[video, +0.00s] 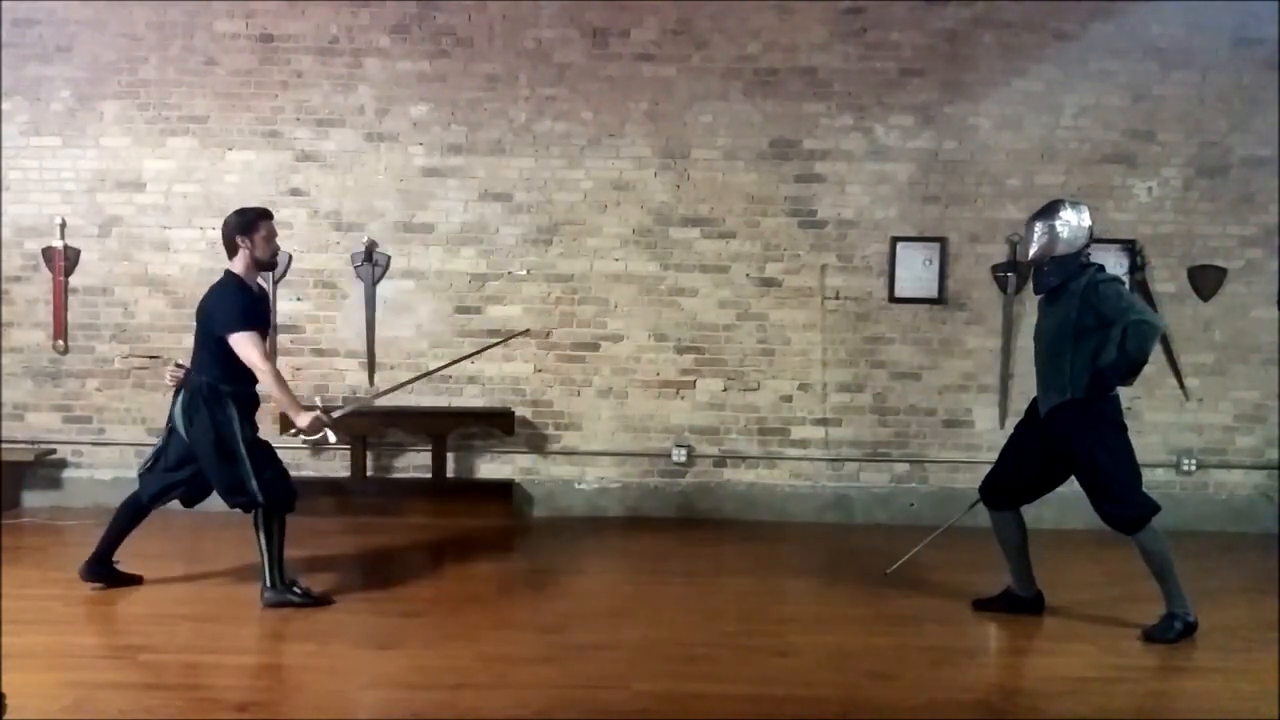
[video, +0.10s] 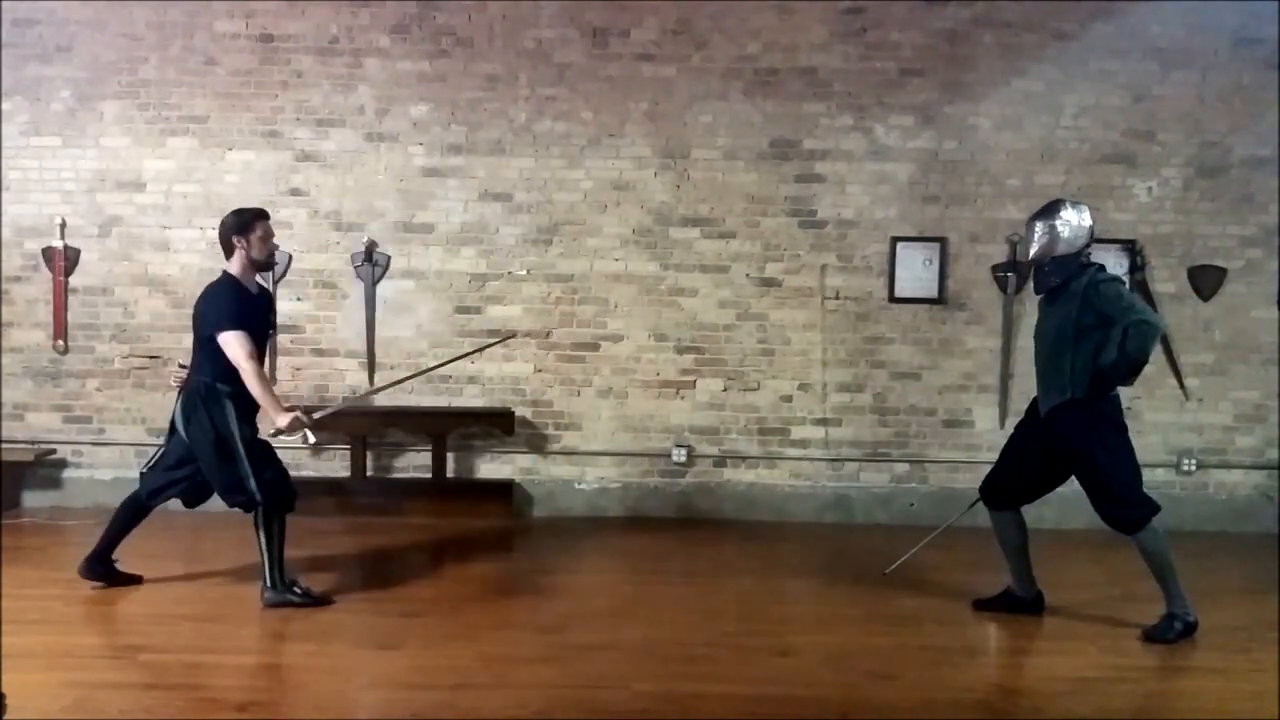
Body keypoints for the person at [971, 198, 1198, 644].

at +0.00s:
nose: (1033, 245)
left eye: (1040, 236)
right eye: (1033, 236)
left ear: (1063, 238)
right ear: (1060, 239)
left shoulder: (1094, 284)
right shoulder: (1056, 286)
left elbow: (1144, 324)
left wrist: (1109, 376)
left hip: (1092, 416)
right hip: (1050, 413)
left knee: (1130, 511)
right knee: (998, 493)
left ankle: (1180, 612)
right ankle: (1023, 591)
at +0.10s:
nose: (1034, 247)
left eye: (1041, 236)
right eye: (1033, 237)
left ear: (1065, 238)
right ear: (1060, 239)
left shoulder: (1095, 284)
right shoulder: (1057, 287)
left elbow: (1145, 323)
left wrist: (1112, 374)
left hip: (1092, 416)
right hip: (1050, 414)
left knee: (1131, 511)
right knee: (998, 493)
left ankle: (1180, 612)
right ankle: (1023, 591)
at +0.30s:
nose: (1035, 245)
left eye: (1042, 235)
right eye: (1035, 235)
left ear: (1065, 237)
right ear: (1063, 238)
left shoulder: (1096, 283)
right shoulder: (1056, 287)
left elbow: (1145, 324)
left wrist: (1111, 375)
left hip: (1093, 416)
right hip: (1051, 415)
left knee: (1131, 511)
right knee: (999, 493)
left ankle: (1180, 611)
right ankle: (1023, 591)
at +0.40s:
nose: (1036, 245)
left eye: (1044, 235)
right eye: (1036, 236)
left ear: (1067, 237)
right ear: (1063, 238)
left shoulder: (1097, 283)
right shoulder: (1057, 286)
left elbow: (1146, 324)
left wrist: (1112, 375)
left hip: (1093, 416)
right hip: (1051, 414)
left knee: (1131, 511)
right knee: (999, 493)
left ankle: (1180, 612)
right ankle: (1023, 591)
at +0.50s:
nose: (1037, 246)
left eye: (1044, 235)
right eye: (1036, 236)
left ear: (1066, 236)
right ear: (1065, 237)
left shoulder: (1097, 283)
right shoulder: (1057, 287)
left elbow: (1147, 324)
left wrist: (1114, 374)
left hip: (1094, 416)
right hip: (1052, 414)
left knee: (1131, 511)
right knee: (1000, 493)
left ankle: (1180, 612)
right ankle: (1023, 591)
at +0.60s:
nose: (1037, 247)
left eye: (1045, 236)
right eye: (1037, 236)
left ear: (1068, 237)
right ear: (1062, 238)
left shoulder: (1098, 283)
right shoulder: (1057, 287)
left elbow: (1148, 323)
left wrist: (1115, 374)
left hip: (1095, 416)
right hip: (1053, 414)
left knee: (1131, 510)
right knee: (1000, 493)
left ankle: (1180, 612)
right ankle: (1023, 591)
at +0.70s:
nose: (1037, 245)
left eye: (1045, 234)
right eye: (1037, 234)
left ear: (1067, 236)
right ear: (1065, 236)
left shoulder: (1098, 283)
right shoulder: (1058, 286)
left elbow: (1149, 323)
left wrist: (1116, 374)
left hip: (1096, 416)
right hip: (1053, 414)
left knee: (1132, 510)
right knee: (1001, 492)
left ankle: (1180, 612)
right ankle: (1023, 591)